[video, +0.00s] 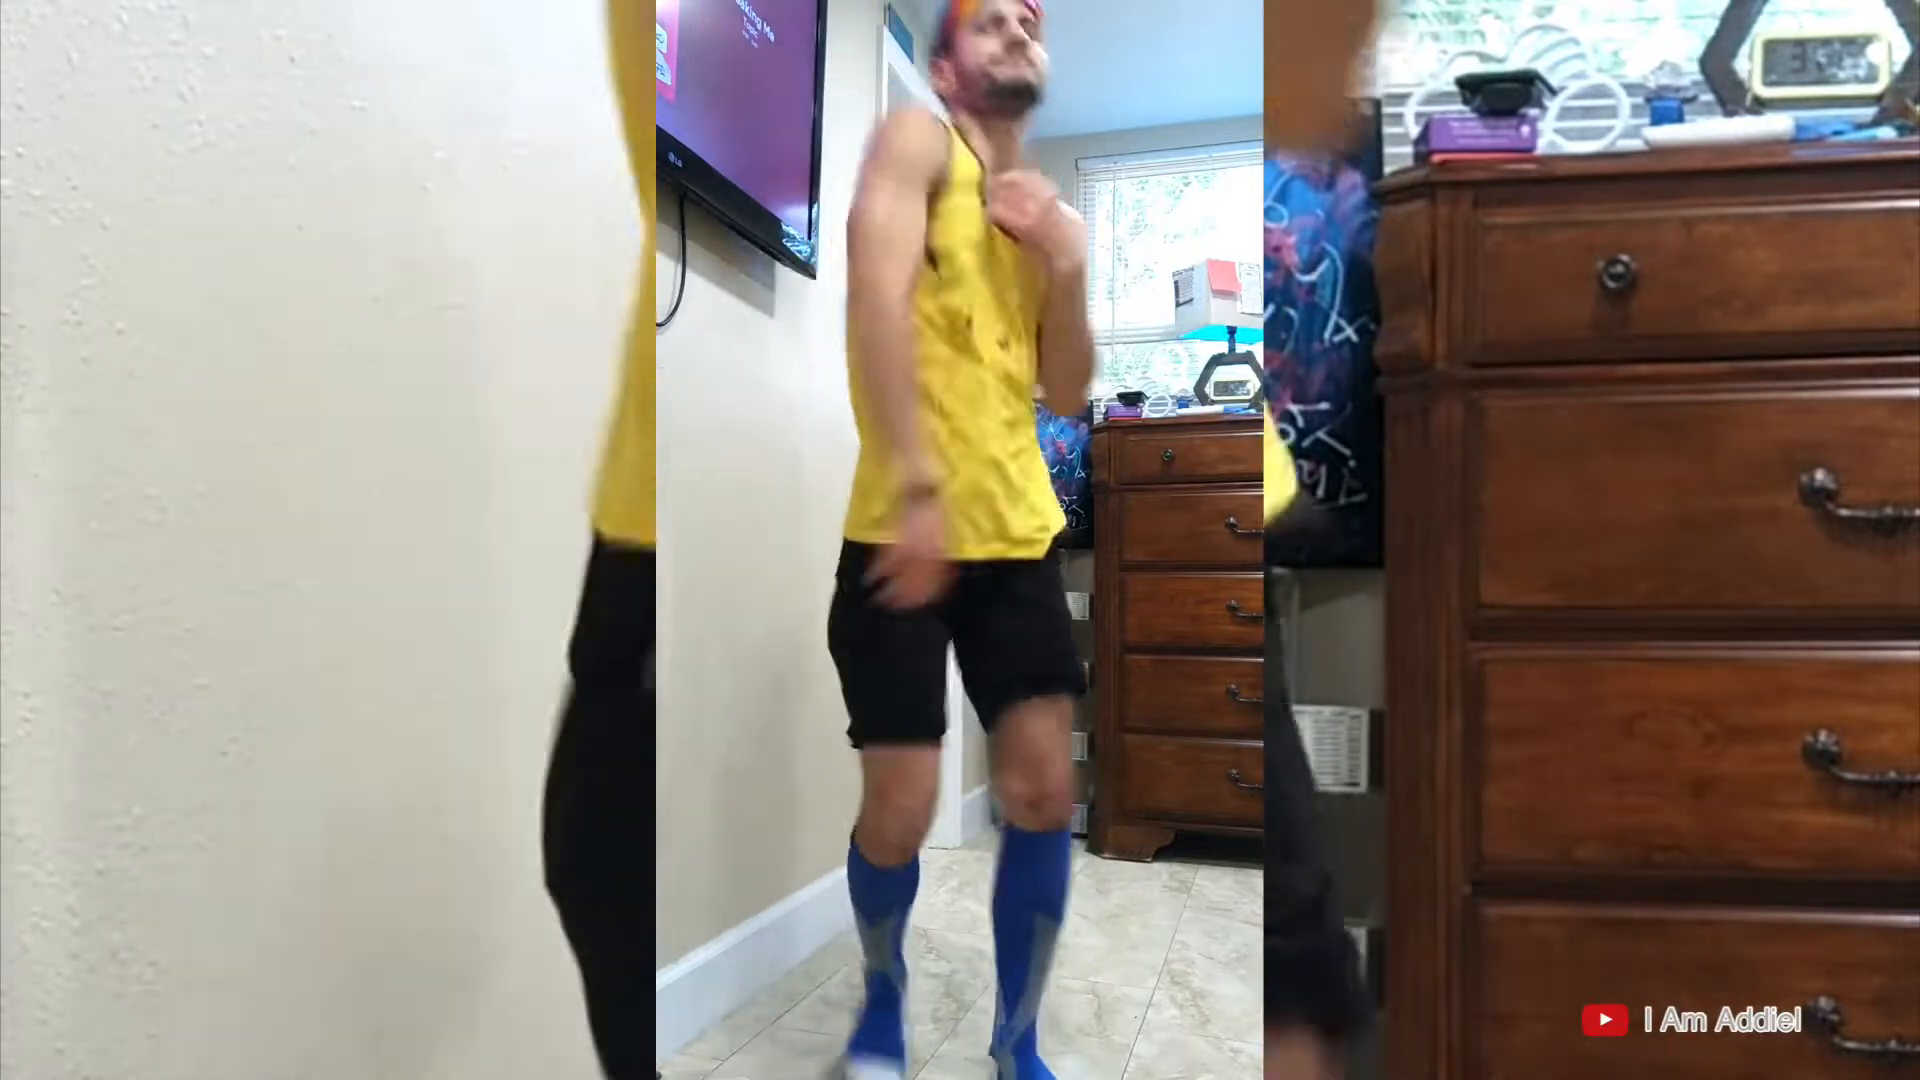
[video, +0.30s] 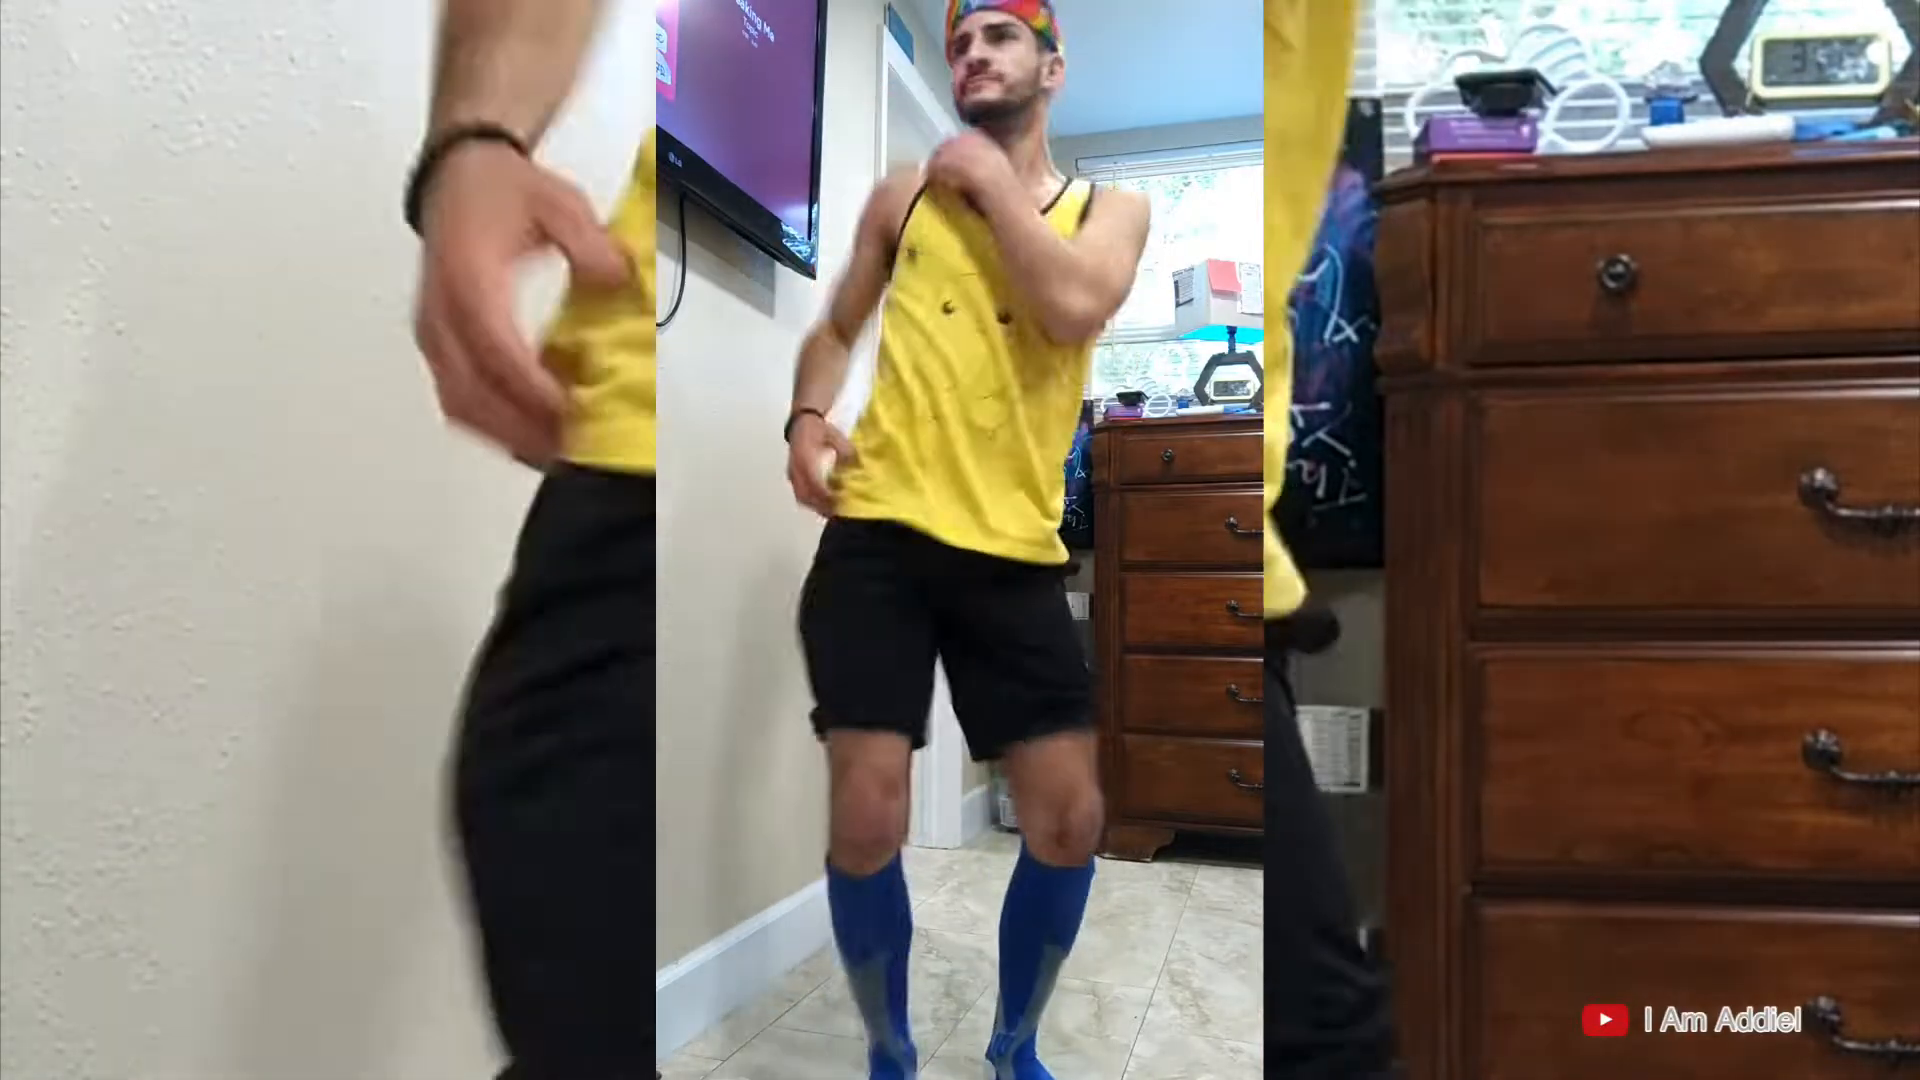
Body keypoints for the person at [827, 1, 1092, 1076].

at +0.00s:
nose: (1019, 32)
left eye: (1032, 27)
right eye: (993, 23)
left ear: (1045, 75)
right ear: (943, 66)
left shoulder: (1044, 203)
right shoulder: (918, 133)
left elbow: (1068, 392)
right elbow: (878, 295)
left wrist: (1067, 260)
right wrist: (916, 488)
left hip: (1014, 529)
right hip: (904, 523)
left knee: (1044, 786)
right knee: (902, 799)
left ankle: (1018, 1040)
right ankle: (880, 1013)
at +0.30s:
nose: (971, 58)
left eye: (996, 38)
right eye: (958, 46)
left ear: (1052, 66)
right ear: (949, 77)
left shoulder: (1107, 208)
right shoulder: (902, 198)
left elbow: (1074, 309)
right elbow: (833, 331)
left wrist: (992, 181)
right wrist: (808, 418)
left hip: (1012, 550)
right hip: (875, 535)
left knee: (1072, 820)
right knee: (867, 816)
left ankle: (1015, 1045)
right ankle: (891, 1055)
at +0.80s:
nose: (930, 22)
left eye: (955, 8)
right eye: (918, 11)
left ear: (1004, 31)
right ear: (909, 39)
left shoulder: (1032, 117)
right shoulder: (943, 171)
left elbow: (1067, 274)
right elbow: (951, 336)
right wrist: (892, 320)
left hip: (1009, 498)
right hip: (915, 496)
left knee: (995, 783)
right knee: (929, 773)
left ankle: (1074, 899)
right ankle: (997, 1009)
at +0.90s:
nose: (920, 78)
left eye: (943, 62)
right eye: (909, 66)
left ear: (992, 85)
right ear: (904, 95)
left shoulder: (1019, 161)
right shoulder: (943, 225)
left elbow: (1126, 311)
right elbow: (908, 403)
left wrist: (1110, 476)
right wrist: (866, 304)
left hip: (990, 531)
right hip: (931, 533)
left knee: (943, 804)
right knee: (934, 804)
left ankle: (1131, 743)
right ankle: (1008, 1027)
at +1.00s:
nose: (919, 96)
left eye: (943, 82)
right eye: (906, 87)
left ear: (990, 112)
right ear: (897, 121)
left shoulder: (1034, 182)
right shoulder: (916, 265)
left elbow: (1152, 316)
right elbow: (873, 414)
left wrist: (1071, 421)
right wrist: (869, 265)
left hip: (1010, 524)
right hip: (925, 535)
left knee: (910, 809)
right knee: (904, 813)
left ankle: (1127, 710)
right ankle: (1007, 1032)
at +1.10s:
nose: (928, 72)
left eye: (955, 59)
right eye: (915, 58)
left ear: (995, 96)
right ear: (895, 89)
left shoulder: (1052, 175)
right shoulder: (884, 219)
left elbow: (1147, 311)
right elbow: (863, 367)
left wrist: (1056, 404)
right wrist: (892, 217)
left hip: (1019, 507)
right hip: (926, 516)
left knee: (892, 783)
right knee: (909, 797)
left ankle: (1127, 849)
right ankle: (1006, 1028)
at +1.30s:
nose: (971, 47)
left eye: (991, 41)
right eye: (951, 37)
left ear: (1015, 87)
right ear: (915, 77)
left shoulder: (1043, 209)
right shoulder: (863, 166)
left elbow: (1052, 354)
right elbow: (846, 235)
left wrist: (1096, 329)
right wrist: (931, 327)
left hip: (1021, 533)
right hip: (898, 539)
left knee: (978, 803)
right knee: (940, 819)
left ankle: (954, 1066)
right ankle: (1004, 1021)